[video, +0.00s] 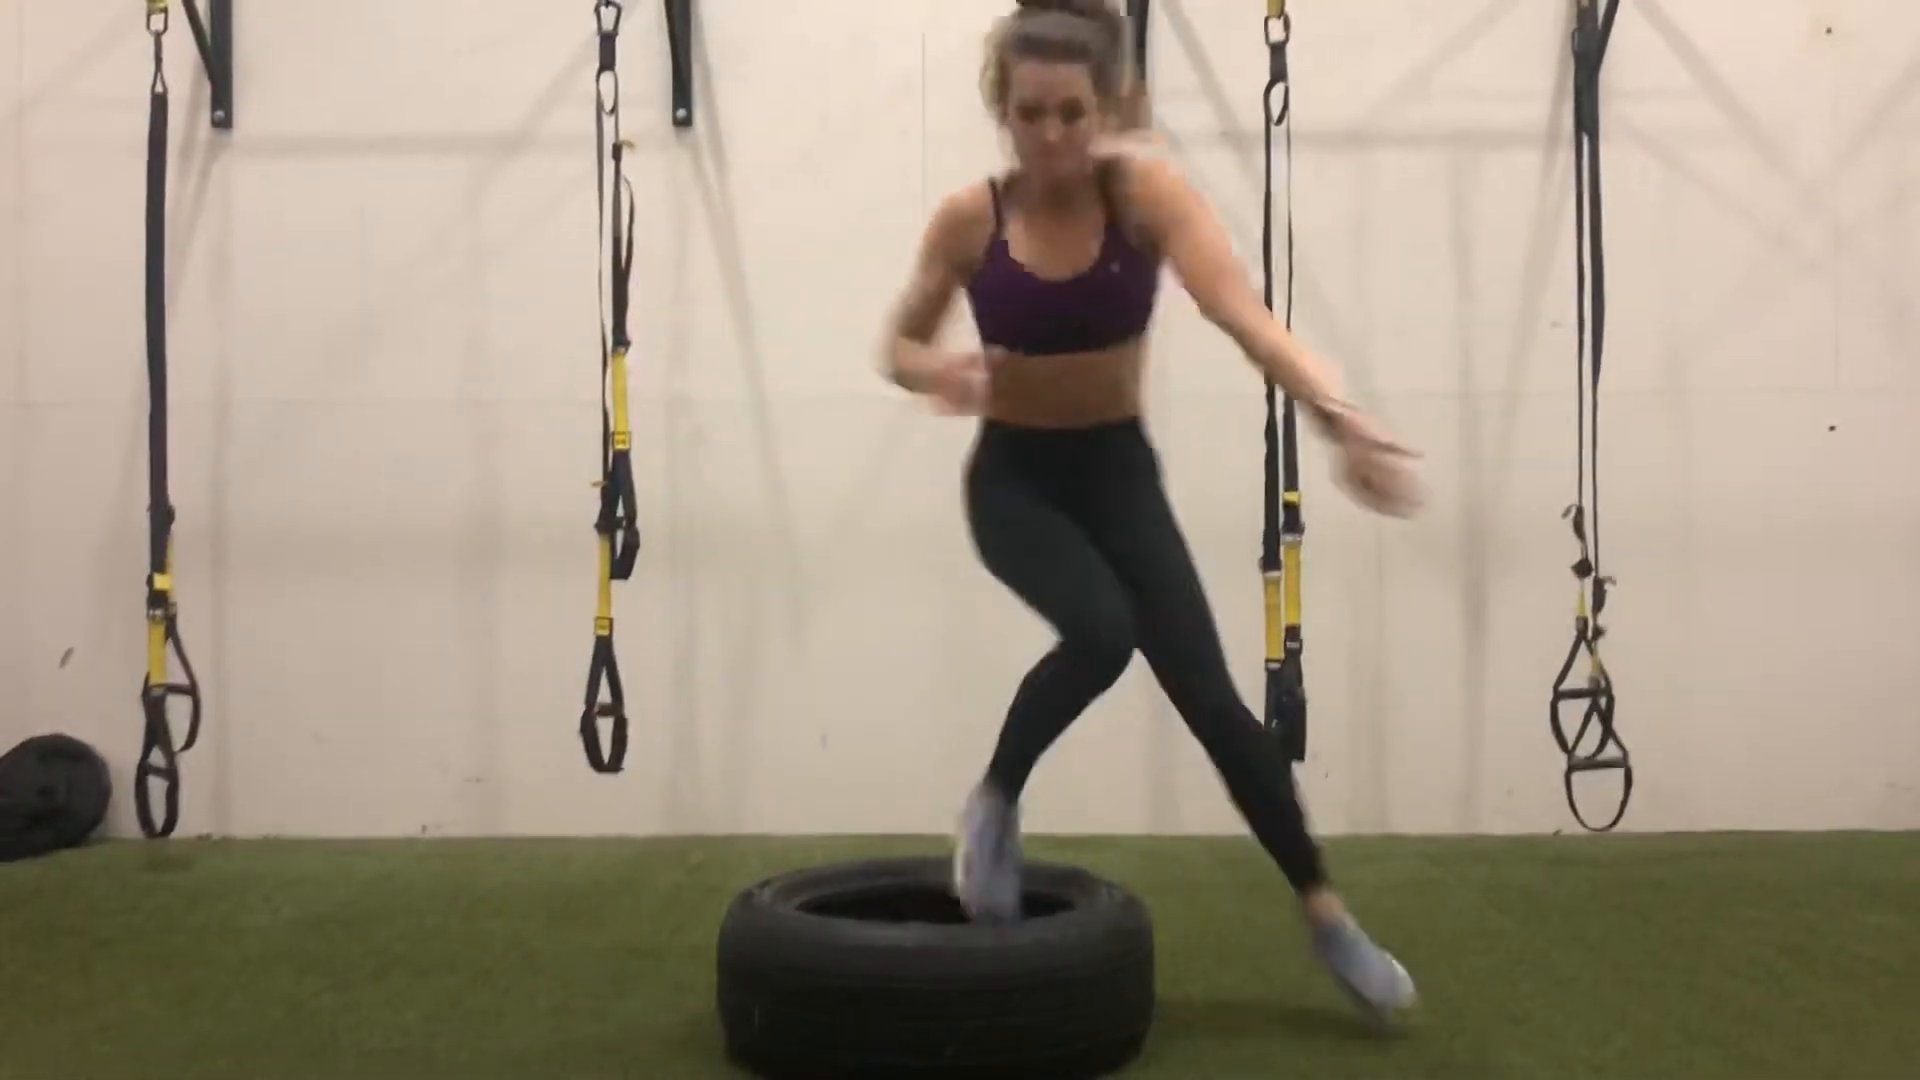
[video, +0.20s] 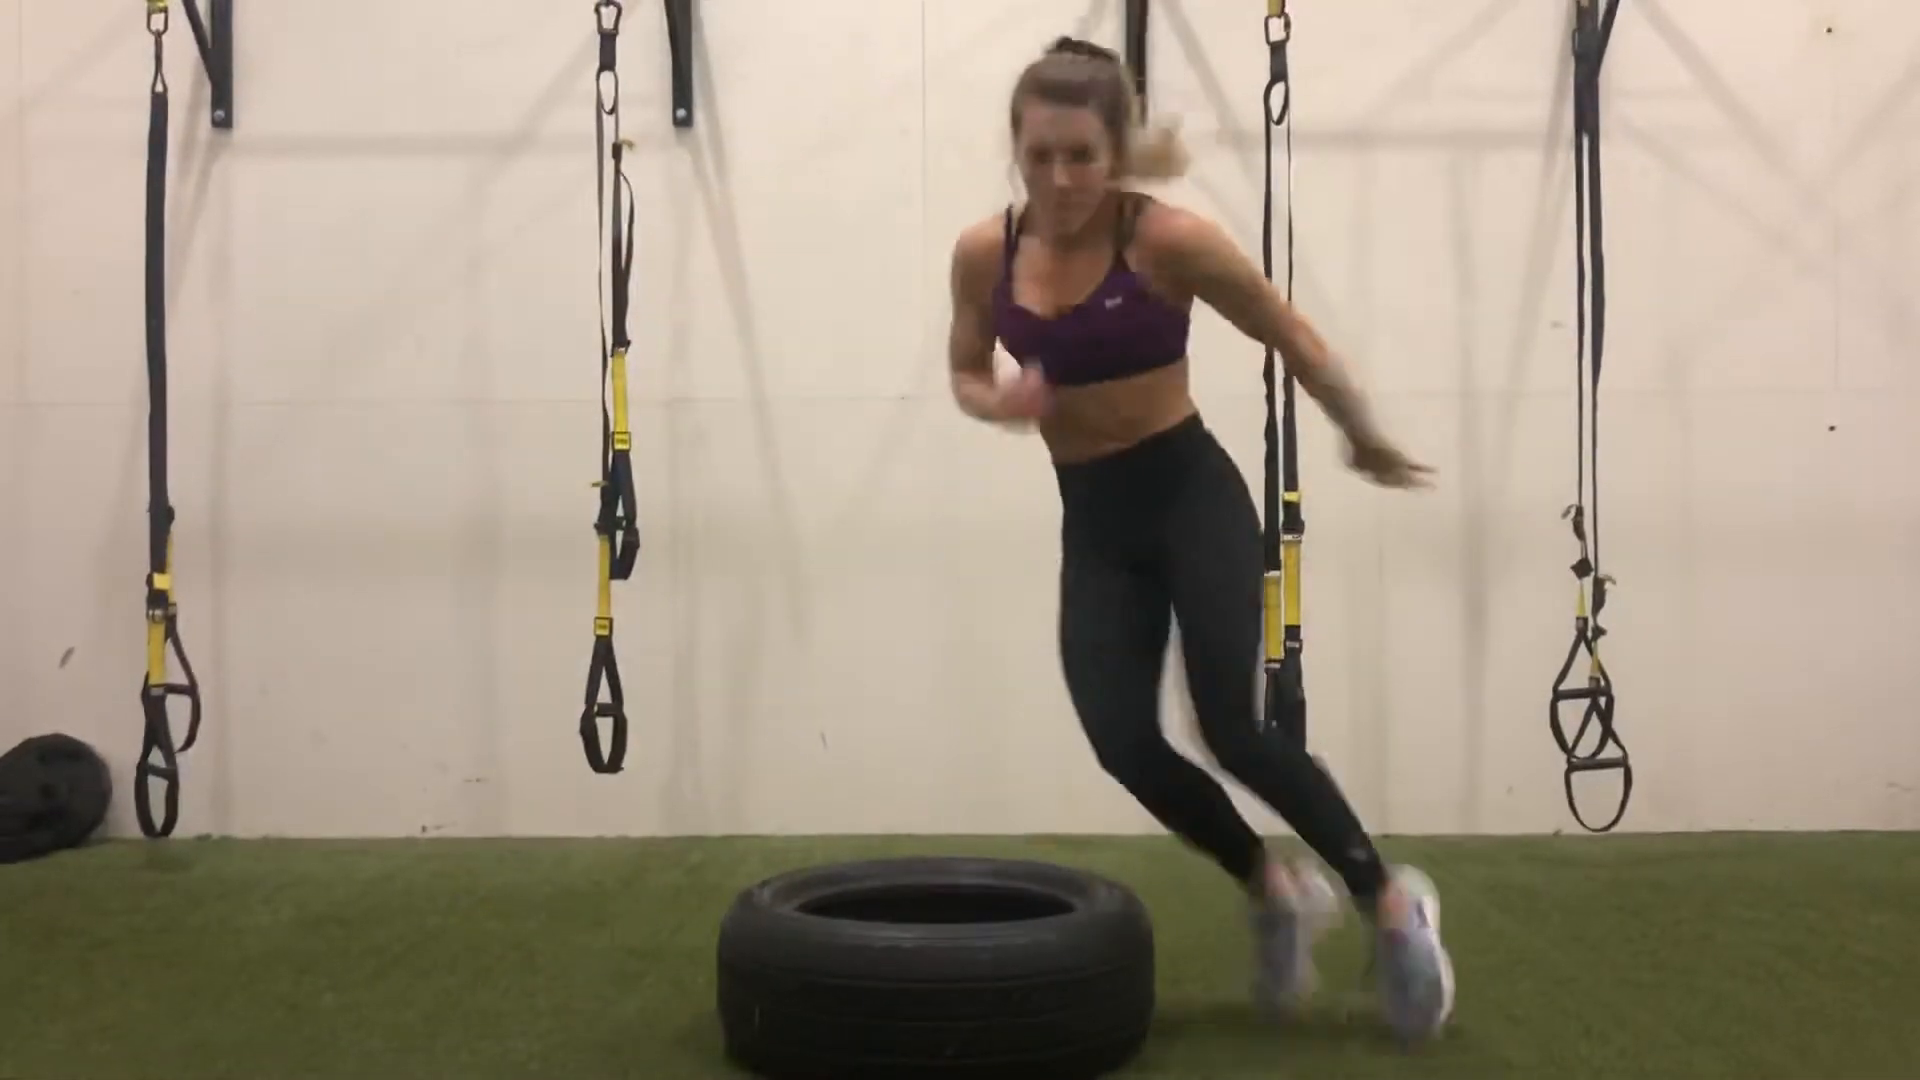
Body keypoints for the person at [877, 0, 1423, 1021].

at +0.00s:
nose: (1048, 135)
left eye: (1069, 113)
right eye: (1028, 112)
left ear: (1107, 109)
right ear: (1002, 108)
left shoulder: (1147, 191)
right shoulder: (971, 218)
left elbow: (1239, 313)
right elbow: (901, 347)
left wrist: (1343, 419)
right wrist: (934, 369)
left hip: (1117, 473)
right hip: (1013, 478)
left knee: (1212, 699)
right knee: (1104, 633)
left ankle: (1327, 915)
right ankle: (993, 806)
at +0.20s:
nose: (1059, 177)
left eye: (1080, 156)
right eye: (1041, 155)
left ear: (1118, 151)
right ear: (1017, 151)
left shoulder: (1170, 239)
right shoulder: (987, 251)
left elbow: (1288, 335)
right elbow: (967, 375)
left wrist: (1365, 439)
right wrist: (1003, 400)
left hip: (1193, 497)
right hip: (1094, 519)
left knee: (1232, 727)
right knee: (1124, 747)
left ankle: (1390, 901)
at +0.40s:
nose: (1026, 170)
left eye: (1049, 150)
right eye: (1008, 146)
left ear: (1090, 151)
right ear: (985, 143)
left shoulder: (1119, 235)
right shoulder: (941, 231)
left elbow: (1179, 283)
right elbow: (957, 382)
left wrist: (1158, 371)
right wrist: (1006, 263)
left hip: (1113, 474)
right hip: (1053, 495)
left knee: (919, 581)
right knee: (1164, 731)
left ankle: (1085, 751)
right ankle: (1325, 925)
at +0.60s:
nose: (935, 132)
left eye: (958, 112)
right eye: (918, 109)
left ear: (998, 119)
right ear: (895, 108)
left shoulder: (1024, 235)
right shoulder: (841, 202)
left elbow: (1108, 334)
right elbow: (782, 354)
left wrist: (1076, 433)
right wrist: (845, 299)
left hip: (972, 496)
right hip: (887, 496)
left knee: (937, 731)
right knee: (772, 688)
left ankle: (962, 945)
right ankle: (965, 735)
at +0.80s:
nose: (863, 176)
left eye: (884, 156)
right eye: (845, 151)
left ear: (914, 155)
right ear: (813, 140)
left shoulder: (929, 258)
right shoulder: (755, 233)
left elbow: (1035, 358)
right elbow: (708, 396)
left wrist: (1054, 436)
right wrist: (819, 339)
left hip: (843, 483)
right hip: (739, 484)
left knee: (776, 572)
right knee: (654, 726)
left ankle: (859, 720)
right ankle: (600, 938)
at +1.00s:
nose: (848, 191)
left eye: (868, 170)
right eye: (830, 168)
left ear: (899, 165)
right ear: (796, 155)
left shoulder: (922, 276)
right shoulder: (735, 257)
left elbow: (940, 424)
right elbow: (628, 365)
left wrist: (894, 448)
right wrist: (539, 483)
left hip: (808, 536)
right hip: (710, 504)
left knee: (731, 784)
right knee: (649, 729)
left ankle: (569, 962)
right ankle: (517, 831)